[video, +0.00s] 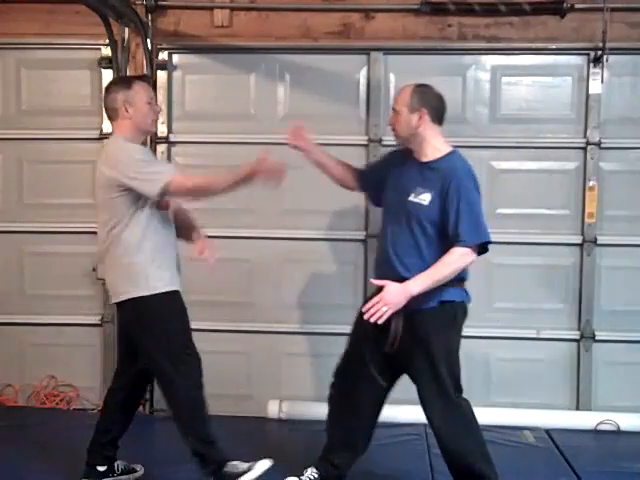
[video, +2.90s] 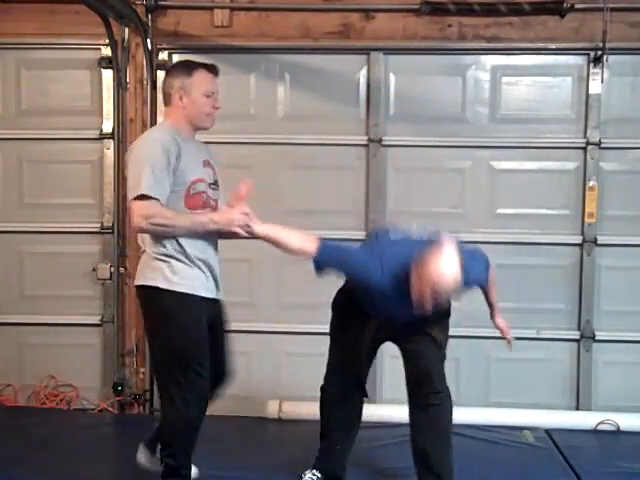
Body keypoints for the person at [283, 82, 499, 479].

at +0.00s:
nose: (389, 120)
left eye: (396, 112)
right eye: (391, 112)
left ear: (421, 118)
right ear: (421, 118)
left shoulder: (456, 172)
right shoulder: (397, 162)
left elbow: (468, 249)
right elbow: (357, 179)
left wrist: (406, 289)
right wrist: (312, 151)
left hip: (434, 307)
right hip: (386, 301)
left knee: (443, 404)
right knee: (352, 389)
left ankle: (480, 479)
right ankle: (329, 470)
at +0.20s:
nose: (365, 115)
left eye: (372, 108)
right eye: (367, 107)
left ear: (398, 115)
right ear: (389, 115)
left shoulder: (433, 171)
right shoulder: (356, 157)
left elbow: (456, 244)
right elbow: (302, 162)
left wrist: (404, 286)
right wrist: (261, 157)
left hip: (418, 305)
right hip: (365, 299)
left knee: (431, 400)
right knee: (338, 388)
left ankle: (461, 475)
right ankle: (332, 471)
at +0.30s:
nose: (350, 113)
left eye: (358, 106)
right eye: (352, 105)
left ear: (383, 115)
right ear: (380, 115)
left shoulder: (421, 167)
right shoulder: (344, 164)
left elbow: (447, 236)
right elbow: (296, 195)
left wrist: (409, 290)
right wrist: (254, 200)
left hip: (411, 302)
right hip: (358, 300)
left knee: (431, 404)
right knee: (335, 388)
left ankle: (457, 474)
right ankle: (330, 470)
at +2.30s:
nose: (364, 120)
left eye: (374, 115)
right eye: (365, 112)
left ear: (401, 123)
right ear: (367, 113)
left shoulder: (427, 171)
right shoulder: (343, 159)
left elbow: (442, 245)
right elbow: (285, 157)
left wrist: (410, 305)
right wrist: (236, 150)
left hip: (426, 301)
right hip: (368, 300)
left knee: (442, 404)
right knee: (341, 387)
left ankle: (465, 476)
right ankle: (327, 470)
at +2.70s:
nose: (382, 159)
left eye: (392, 156)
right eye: (383, 151)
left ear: (420, 161)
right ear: (381, 144)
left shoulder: (443, 197)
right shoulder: (359, 180)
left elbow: (464, 251)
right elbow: (291, 187)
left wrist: (462, 308)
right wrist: (232, 188)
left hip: (419, 309)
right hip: (359, 306)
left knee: (442, 404)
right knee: (340, 389)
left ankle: (460, 475)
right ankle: (329, 470)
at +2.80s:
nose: (412, 222)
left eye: (422, 216)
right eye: (409, 212)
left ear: (438, 212)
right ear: (400, 202)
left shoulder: (453, 228)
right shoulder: (373, 213)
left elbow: (476, 261)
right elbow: (301, 215)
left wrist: (483, 312)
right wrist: (239, 208)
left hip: (421, 305)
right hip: (361, 302)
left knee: (434, 391)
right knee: (343, 385)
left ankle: (444, 473)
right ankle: (327, 470)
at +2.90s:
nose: (426, 296)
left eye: (435, 293)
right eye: (425, 286)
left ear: (449, 292)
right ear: (420, 267)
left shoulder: (466, 267)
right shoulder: (376, 270)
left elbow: (487, 271)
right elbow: (312, 245)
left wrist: (496, 314)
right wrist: (257, 228)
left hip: (422, 314)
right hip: (364, 305)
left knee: (430, 391)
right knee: (342, 384)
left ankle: (436, 476)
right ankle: (327, 469)